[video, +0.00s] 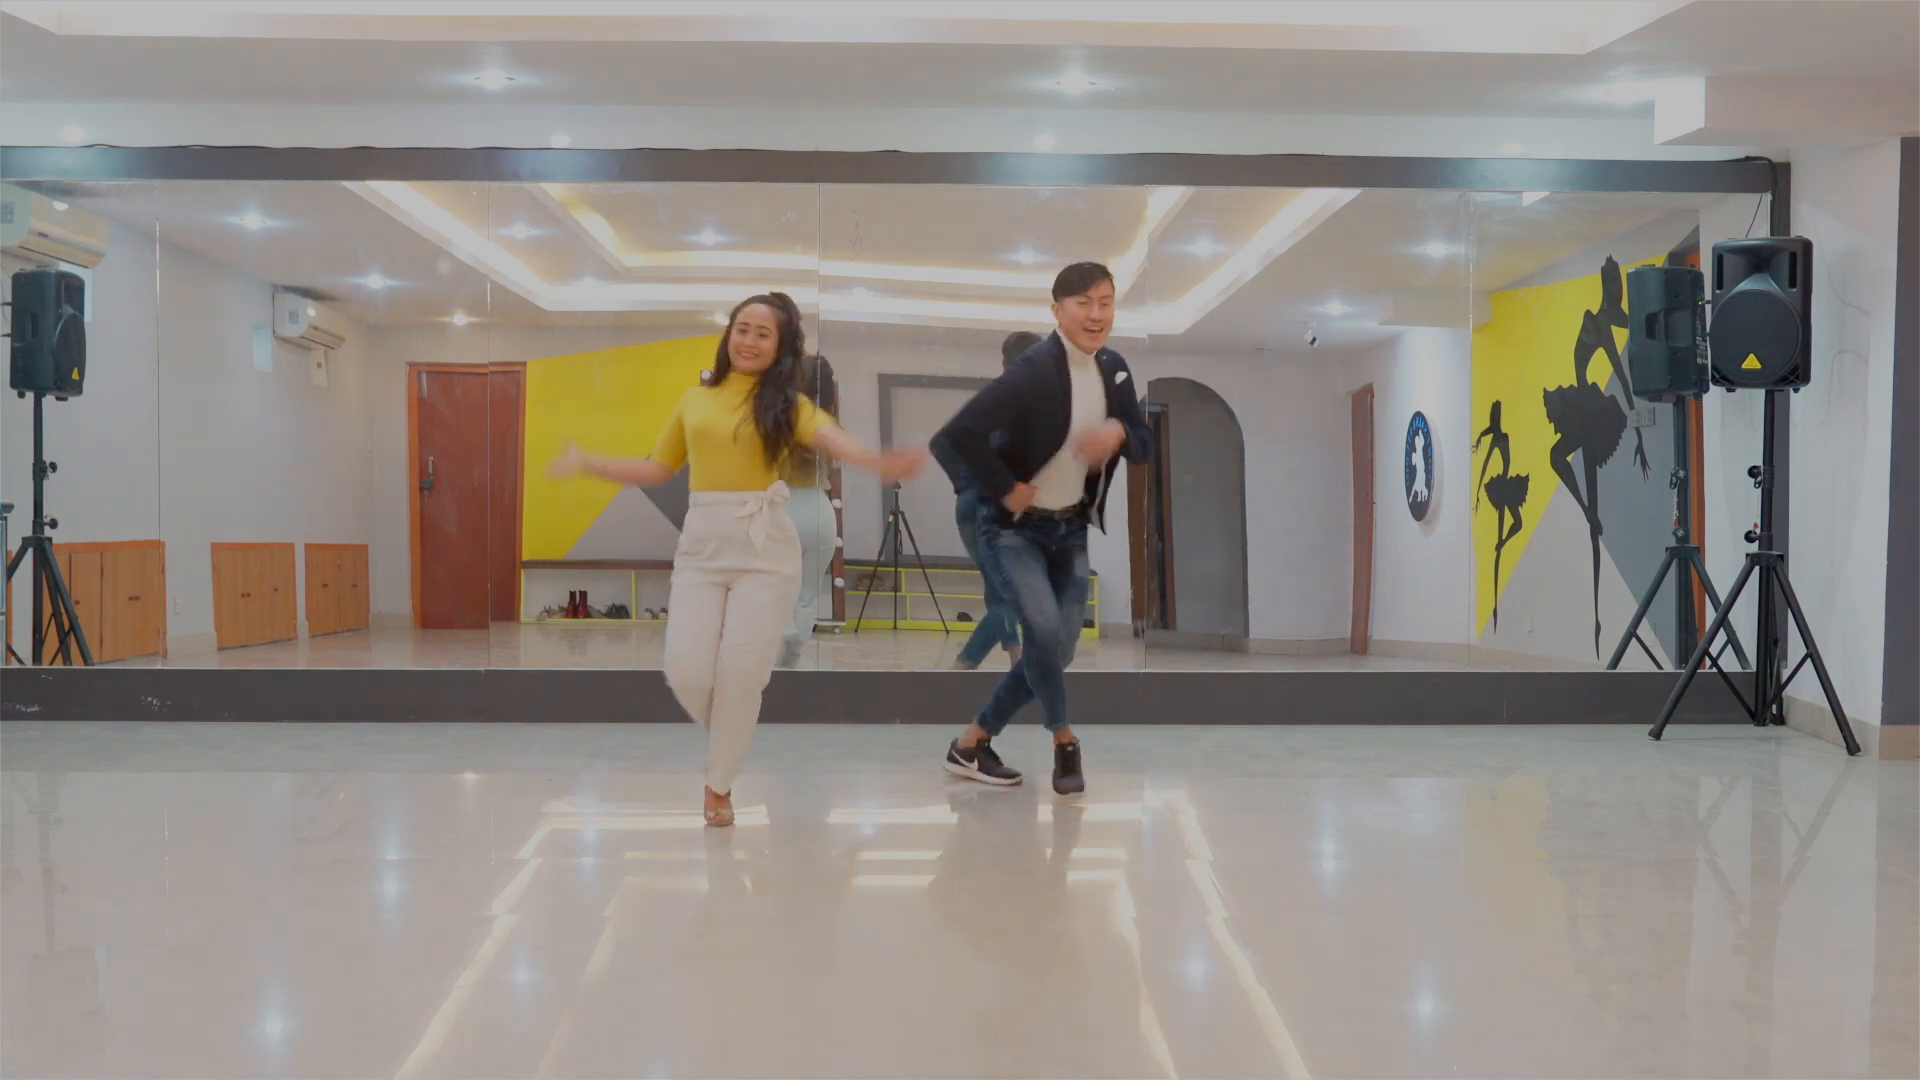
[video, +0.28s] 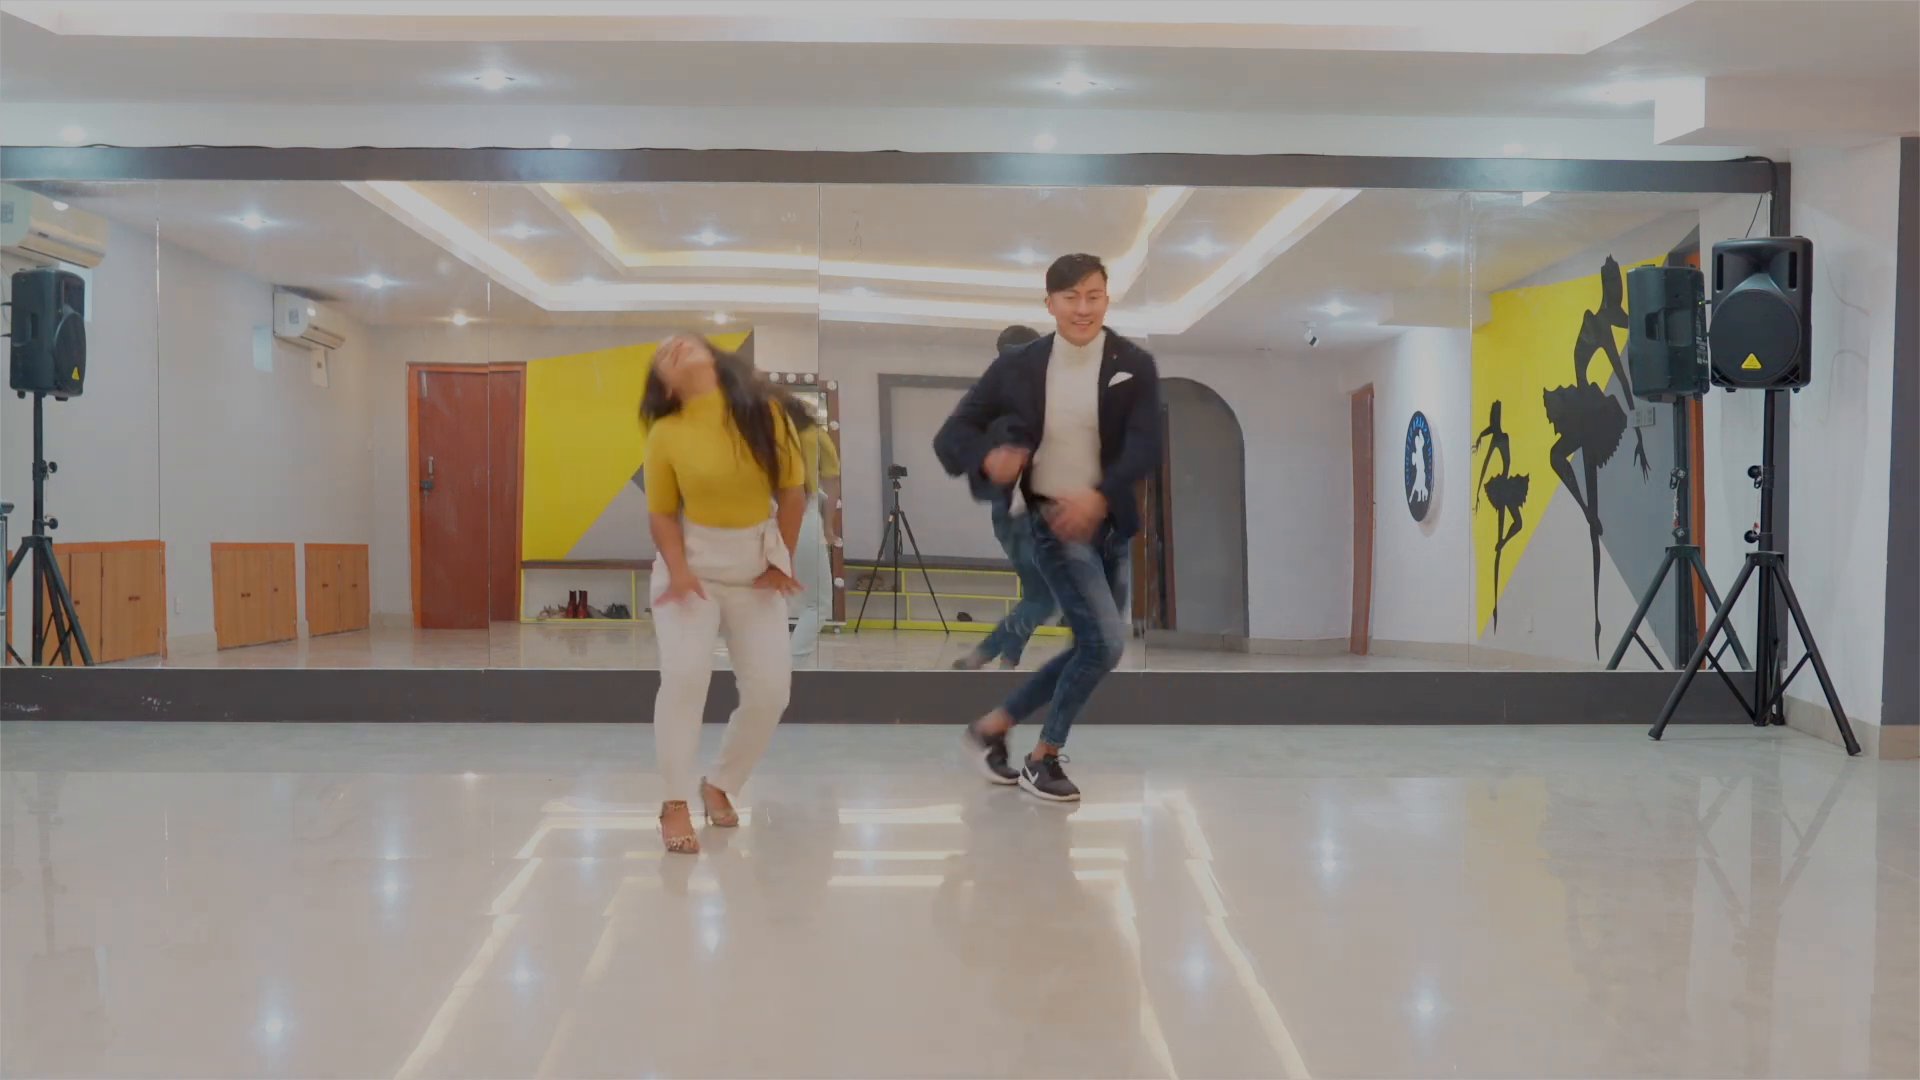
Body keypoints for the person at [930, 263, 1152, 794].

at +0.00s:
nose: (1097, 314)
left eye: (1106, 302)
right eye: (1084, 303)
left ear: (1115, 308)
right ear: (1057, 309)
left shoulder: (1114, 369)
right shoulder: (1034, 371)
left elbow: (1144, 447)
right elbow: (954, 438)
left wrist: (1120, 435)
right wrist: (1005, 486)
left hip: (1070, 528)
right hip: (1010, 524)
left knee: (1056, 649)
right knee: (1043, 630)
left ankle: (972, 743)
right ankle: (1064, 741)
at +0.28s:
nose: (1083, 307)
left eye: (1093, 295)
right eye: (1071, 296)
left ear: (1107, 297)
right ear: (1050, 302)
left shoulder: (1133, 363)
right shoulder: (1018, 365)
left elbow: (1146, 447)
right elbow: (951, 435)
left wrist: (1101, 497)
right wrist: (986, 455)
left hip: (1110, 521)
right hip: (1050, 520)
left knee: (1096, 650)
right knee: (1105, 641)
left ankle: (994, 724)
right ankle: (1044, 756)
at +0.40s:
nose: (1098, 302)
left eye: (1108, 290)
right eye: (1086, 291)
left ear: (1122, 294)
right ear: (1067, 298)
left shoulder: (1155, 358)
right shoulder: (1044, 362)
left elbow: (1223, 424)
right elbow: (988, 438)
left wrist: (1191, 495)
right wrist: (1040, 417)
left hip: (1126, 519)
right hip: (1060, 512)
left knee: (1159, 637)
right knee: (1072, 634)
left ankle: (1089, 719)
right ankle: (1038, 753)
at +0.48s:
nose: (1121, 299)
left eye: (1131, 288)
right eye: (1109, 288)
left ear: (1146, 292)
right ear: (1092, 296)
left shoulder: (1181, 351)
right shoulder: (1068, 363)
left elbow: (1238, 390)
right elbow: (1031, 441)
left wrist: (1224, 462)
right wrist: (1087, 425)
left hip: (1140, 516)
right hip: (1069, 510)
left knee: (1186, 640)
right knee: (1051, 630)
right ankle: (1032, 754)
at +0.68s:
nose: (1173, 305)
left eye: (1183, 293)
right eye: (1160, 294)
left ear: (1197, 289)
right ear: (1140, 295)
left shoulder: (1222, 342)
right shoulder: (1120, 362)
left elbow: (1262, 384)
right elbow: (1070, 448)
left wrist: (1274, 408)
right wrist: (1129, 497)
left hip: (1217, 513)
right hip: (1144, 517)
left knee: (1248, 640)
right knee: (1096, 615)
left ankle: (1231, 753)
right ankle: (1095, 726)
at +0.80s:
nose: (1186, 314)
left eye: (1197, 301)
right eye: (1173, 301)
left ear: (1210, 295)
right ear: (1153, 297)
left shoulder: (1230, 355)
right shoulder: (1119, 362)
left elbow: (1279, 428)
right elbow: (1088, 444)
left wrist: (1261, 402)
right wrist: (1144, 489)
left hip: (1248, 508)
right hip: (1186, 518)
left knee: (1262, 645)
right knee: (1225, 643)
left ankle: (1230, 753)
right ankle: (1181, 719)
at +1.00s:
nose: (1196, 299)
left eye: (1205, 287)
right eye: (1184, 288)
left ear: (1221, 288)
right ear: (1165, 292)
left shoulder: (1252, 350)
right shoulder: (1141, 363)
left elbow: (1312, 402)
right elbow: (1094, 442)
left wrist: (1282, 420)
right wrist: (1145, 423)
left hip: (1266, 511)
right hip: (1201, 518)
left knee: (1278, 644)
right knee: (1240, 638)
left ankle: (1230, 756)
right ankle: (1204, 723)